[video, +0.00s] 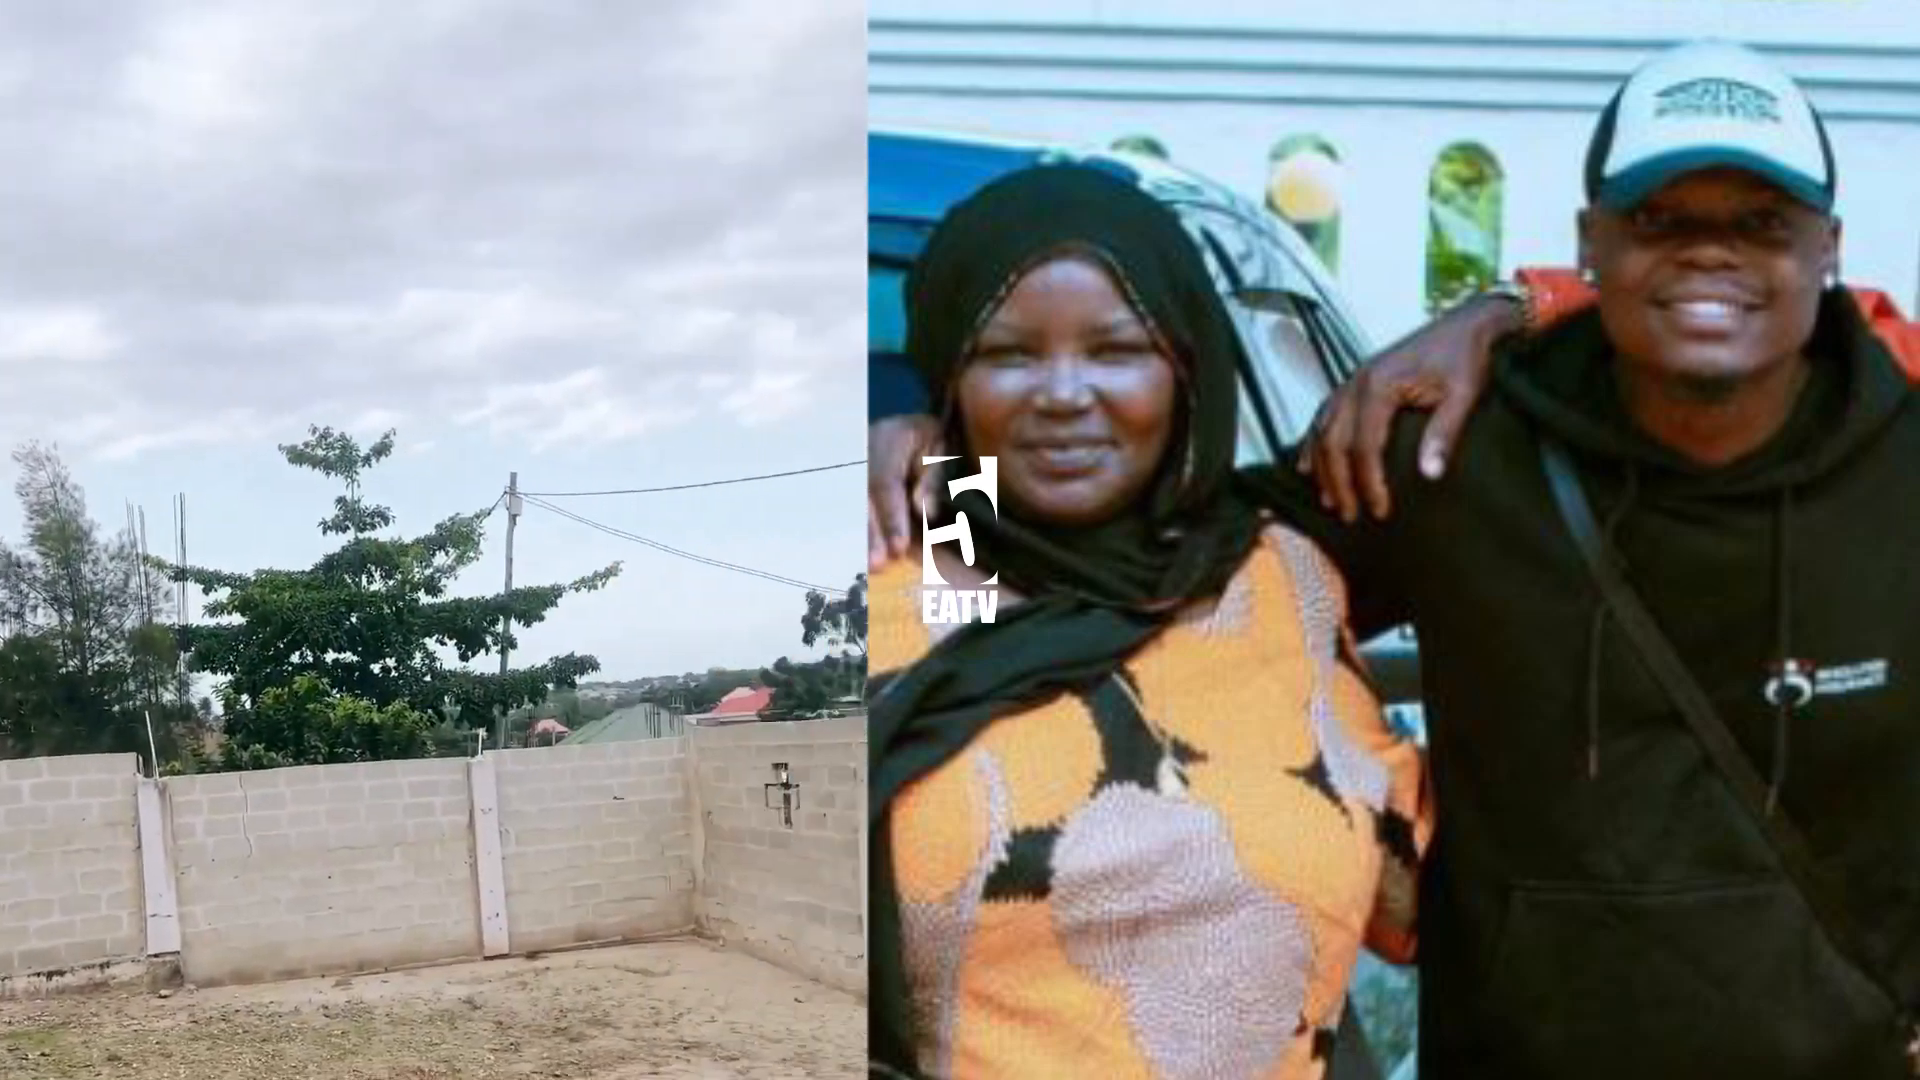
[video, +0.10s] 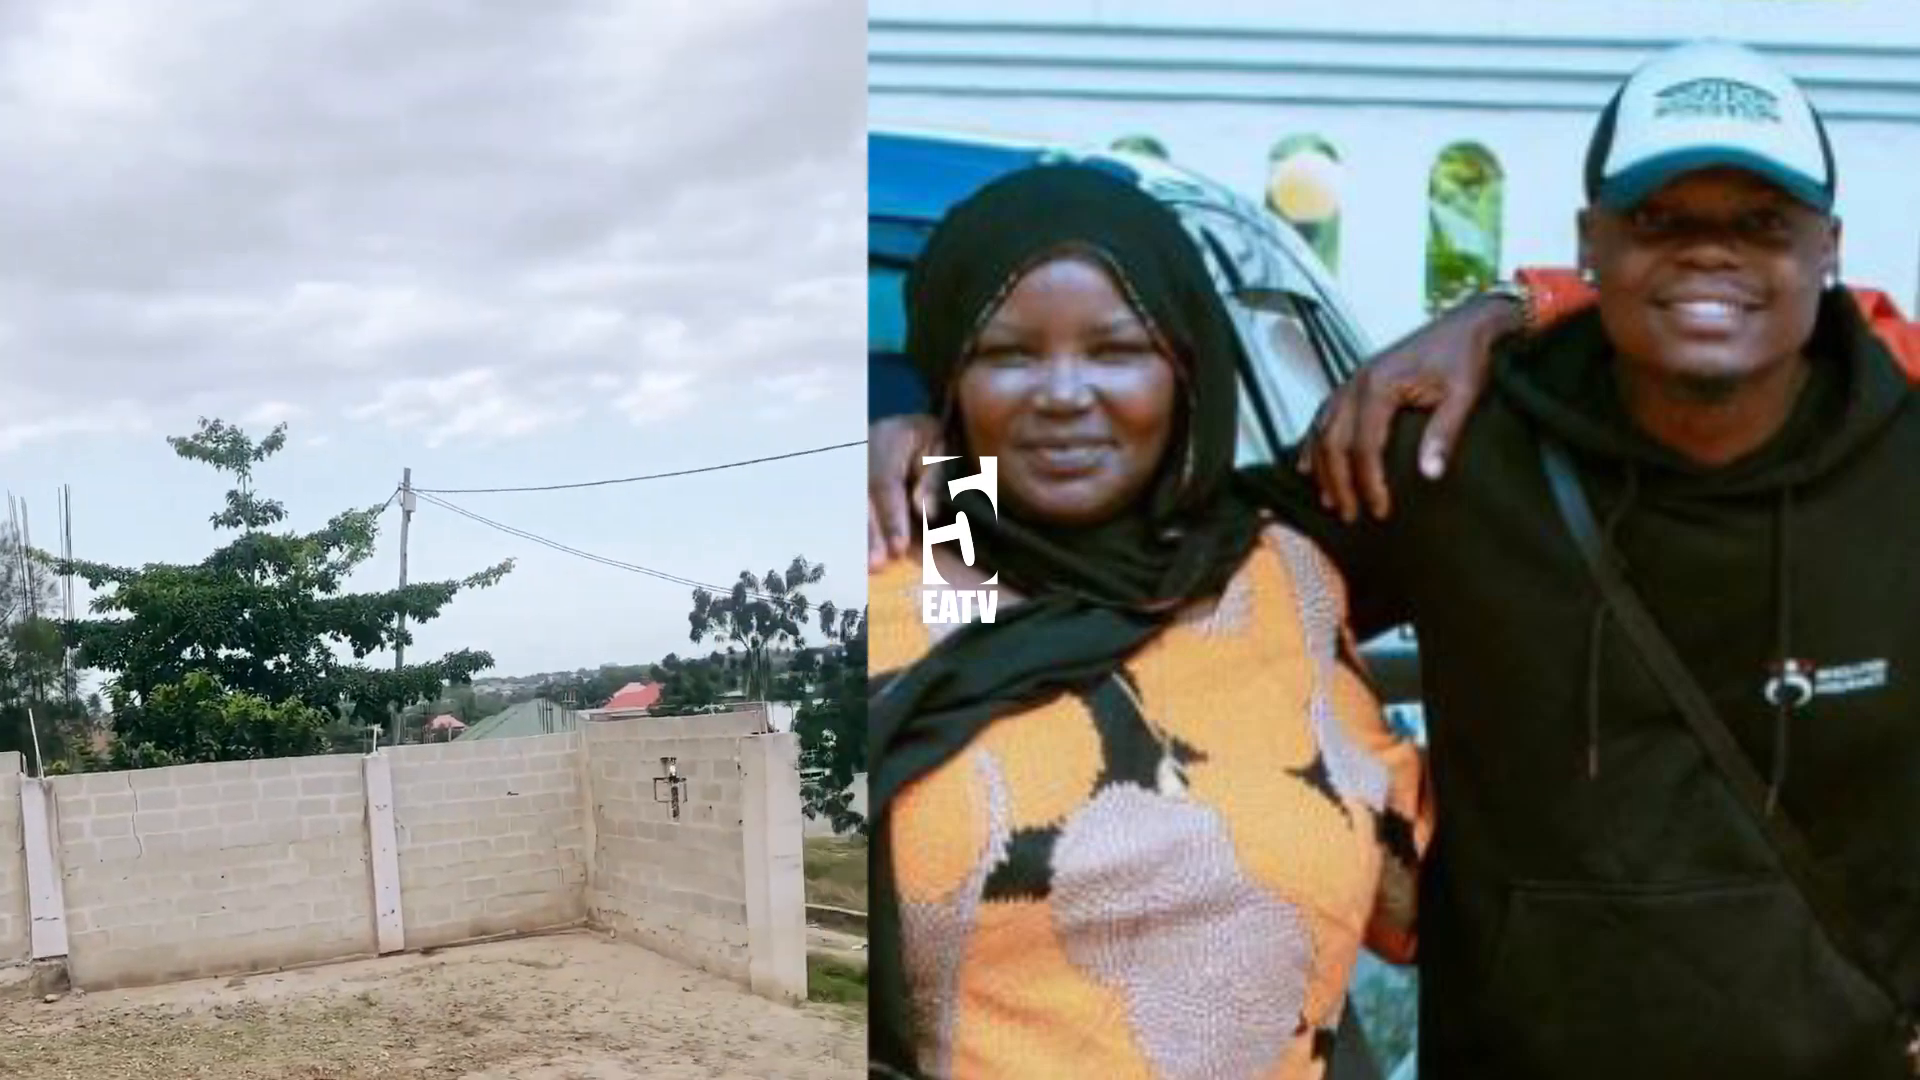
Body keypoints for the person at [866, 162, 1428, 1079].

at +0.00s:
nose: (1062, 397)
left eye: (1115, 350)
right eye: (1011, 354)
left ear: (1188, 374)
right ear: (950, 387)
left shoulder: (1286, 586)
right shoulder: (883, 618)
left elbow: (1424, 890)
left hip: (1283, 1059)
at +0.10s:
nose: (1063, 397)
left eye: (1115, 351)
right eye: (1012, 354)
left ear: (1187, 374)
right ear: (950, 387)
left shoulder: (1286, 584)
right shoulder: (881, 610)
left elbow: (1424, 888)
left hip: (1284, 1058)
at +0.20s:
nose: (1062, 397)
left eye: (1115, 350)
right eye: (1011, 354)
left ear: (1188, 374)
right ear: (951, 387)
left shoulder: (1287, 583)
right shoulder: (889, 608)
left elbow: (1426, 891)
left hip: (1284, 1058)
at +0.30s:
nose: (1062, 397)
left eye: (1115, 351)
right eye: (1012, 354)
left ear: (1188, 374)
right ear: (950, 387)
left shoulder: (1286, 584)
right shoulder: (889, 611)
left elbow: (1426, 889)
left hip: (1283, 1059)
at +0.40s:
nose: (1062, 397)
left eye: (1115, 351)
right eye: (1011, 354)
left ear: (1188, 373)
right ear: (950, 387)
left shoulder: (1285, 587)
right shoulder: (881, 622)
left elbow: (1424, 888)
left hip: (1282, 1059)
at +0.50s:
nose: (1062, 397)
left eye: (1115, 351)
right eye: (1011, 354)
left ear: (1188, 374)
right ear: (949, 387)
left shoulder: (1286, 587)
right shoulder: (873, 624)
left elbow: (1425, 890)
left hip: (1282, 1059)